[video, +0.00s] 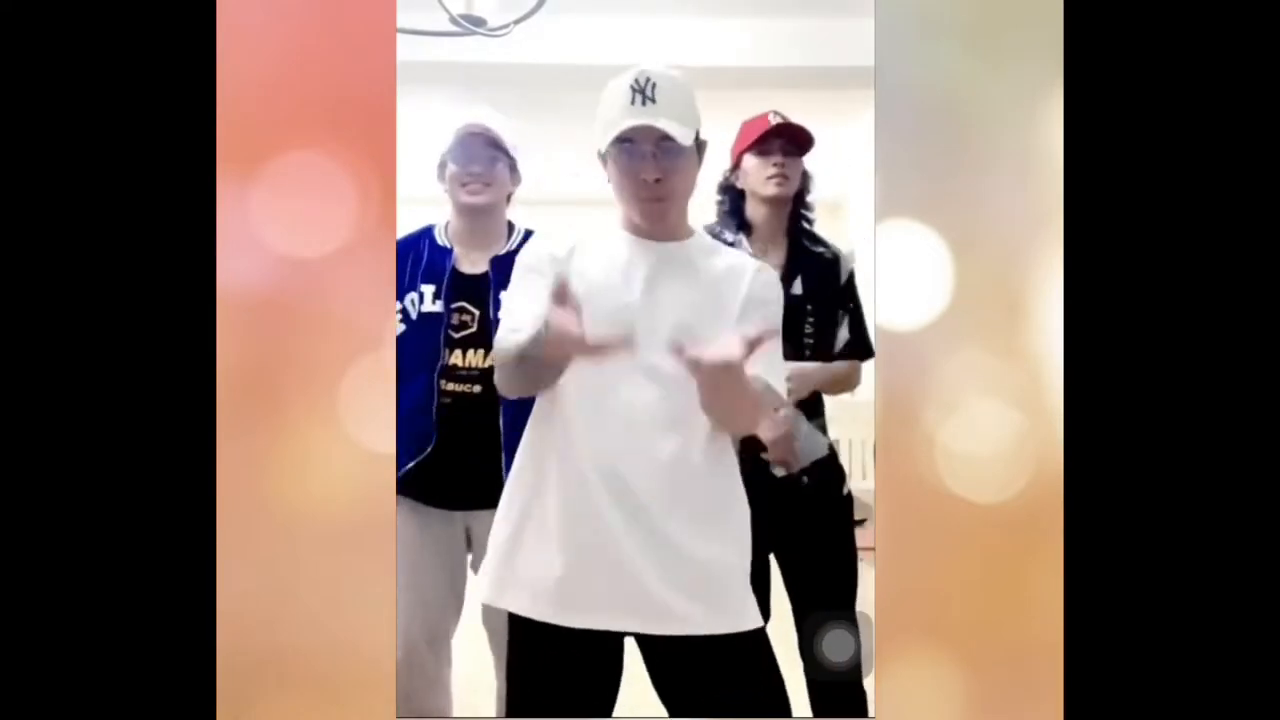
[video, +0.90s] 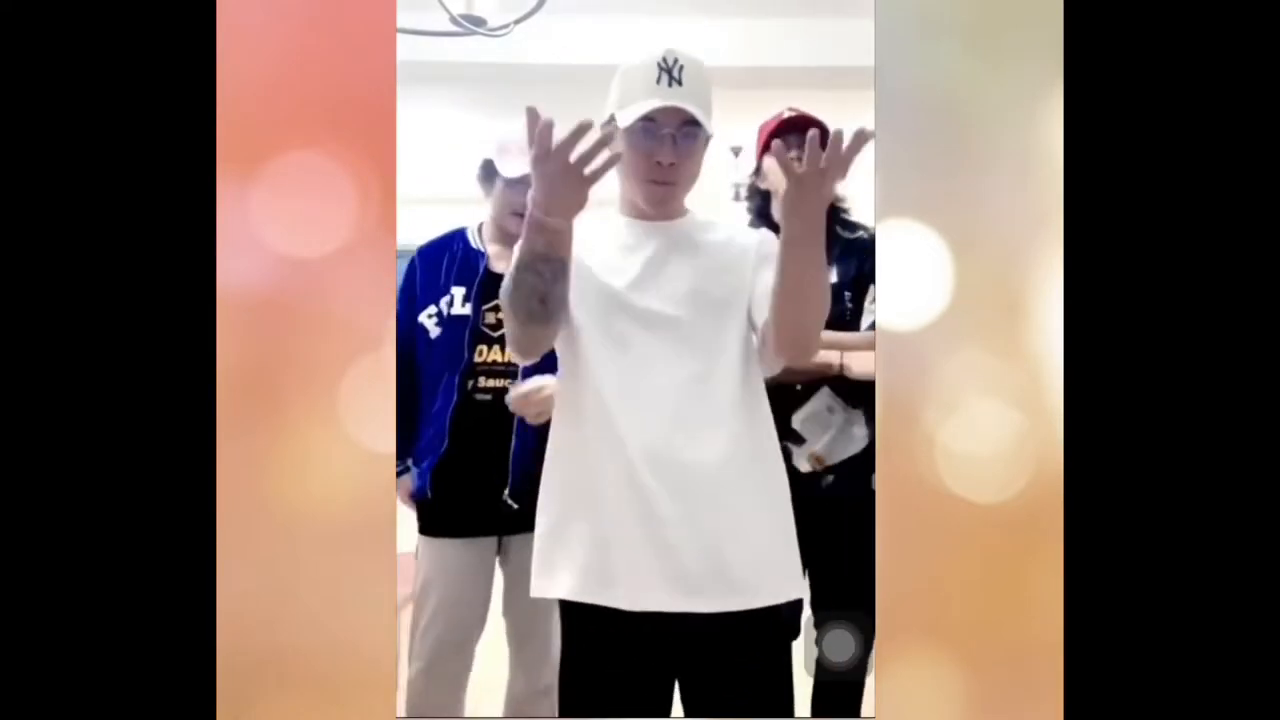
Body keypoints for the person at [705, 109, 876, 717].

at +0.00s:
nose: (781, 164)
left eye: (791, 155)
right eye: (766, 153)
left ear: (802, 172)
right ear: (737, 170)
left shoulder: (826, 262)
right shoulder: (704, 255)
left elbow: (850, 370)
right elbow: (687, 354)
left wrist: (811, 374)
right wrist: (753, 400)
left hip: (809, 466)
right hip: (725, 466)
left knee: (831, 644)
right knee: (733, 633)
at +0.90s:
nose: (796, 160)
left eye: (808, 149)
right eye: (783, 149)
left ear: (830, 160)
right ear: (758, 166)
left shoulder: (864, 245)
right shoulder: (741, 245)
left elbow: (897, 344)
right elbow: (744, 351)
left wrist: (798, 341)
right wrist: (844, 359)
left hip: (848, 473)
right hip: (761, 469)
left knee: (846, 635)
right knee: (763, 628)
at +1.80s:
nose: (797, 155)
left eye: (810, 144)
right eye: (783, 145)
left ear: (829, 161)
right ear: (761, 161)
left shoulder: (863, 252)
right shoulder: (738, 254)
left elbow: (888, 361)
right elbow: (715, 362)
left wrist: (837, 337)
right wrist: (755, 437)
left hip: (840, 479)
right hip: (750, 476)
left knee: (838, 648)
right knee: (743, 643)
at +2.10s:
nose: (809, 157)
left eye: (822, 146)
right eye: (794, 146)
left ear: (840, 164)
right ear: (771, 165)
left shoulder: (875, 248)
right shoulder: (743, 251)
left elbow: (897, 358)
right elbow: (723, 348)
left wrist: (818, 321)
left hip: (852, 464)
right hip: (762, 457)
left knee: (845, 632)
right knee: (754, 624)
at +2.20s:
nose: (812, 157)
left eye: (825, 146)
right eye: (796, 147)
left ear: (843, 164)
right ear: (773, 165)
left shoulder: (876, 250)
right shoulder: (744, 252)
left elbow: (903, 362)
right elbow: (725, 352)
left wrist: (824, 335)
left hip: (855, 471)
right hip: (764, 466)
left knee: (848, 639)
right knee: (763, 634)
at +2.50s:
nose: (811, 154)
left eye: (824, 146)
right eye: (795, 143)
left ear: (837, 165)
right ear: (767, 161)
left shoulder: (866, 245)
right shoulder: (737, 247)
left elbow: (891, 351)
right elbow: (732, 347)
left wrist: (852, 281)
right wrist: (816, 296)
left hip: (859, 464)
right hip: (774, 460)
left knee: (850, 643)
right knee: (775, 632)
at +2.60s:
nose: (809, 156)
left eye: (821, 148)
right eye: (793, 146)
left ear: (833, 167)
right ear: (762, 162)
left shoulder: (858, 253)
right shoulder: (729, 250)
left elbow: (885, 359)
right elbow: (730, 345)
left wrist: (837, 288)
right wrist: (812, 276)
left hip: (853, 474)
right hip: (768, 471)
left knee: (852, 644)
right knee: (772, 636)